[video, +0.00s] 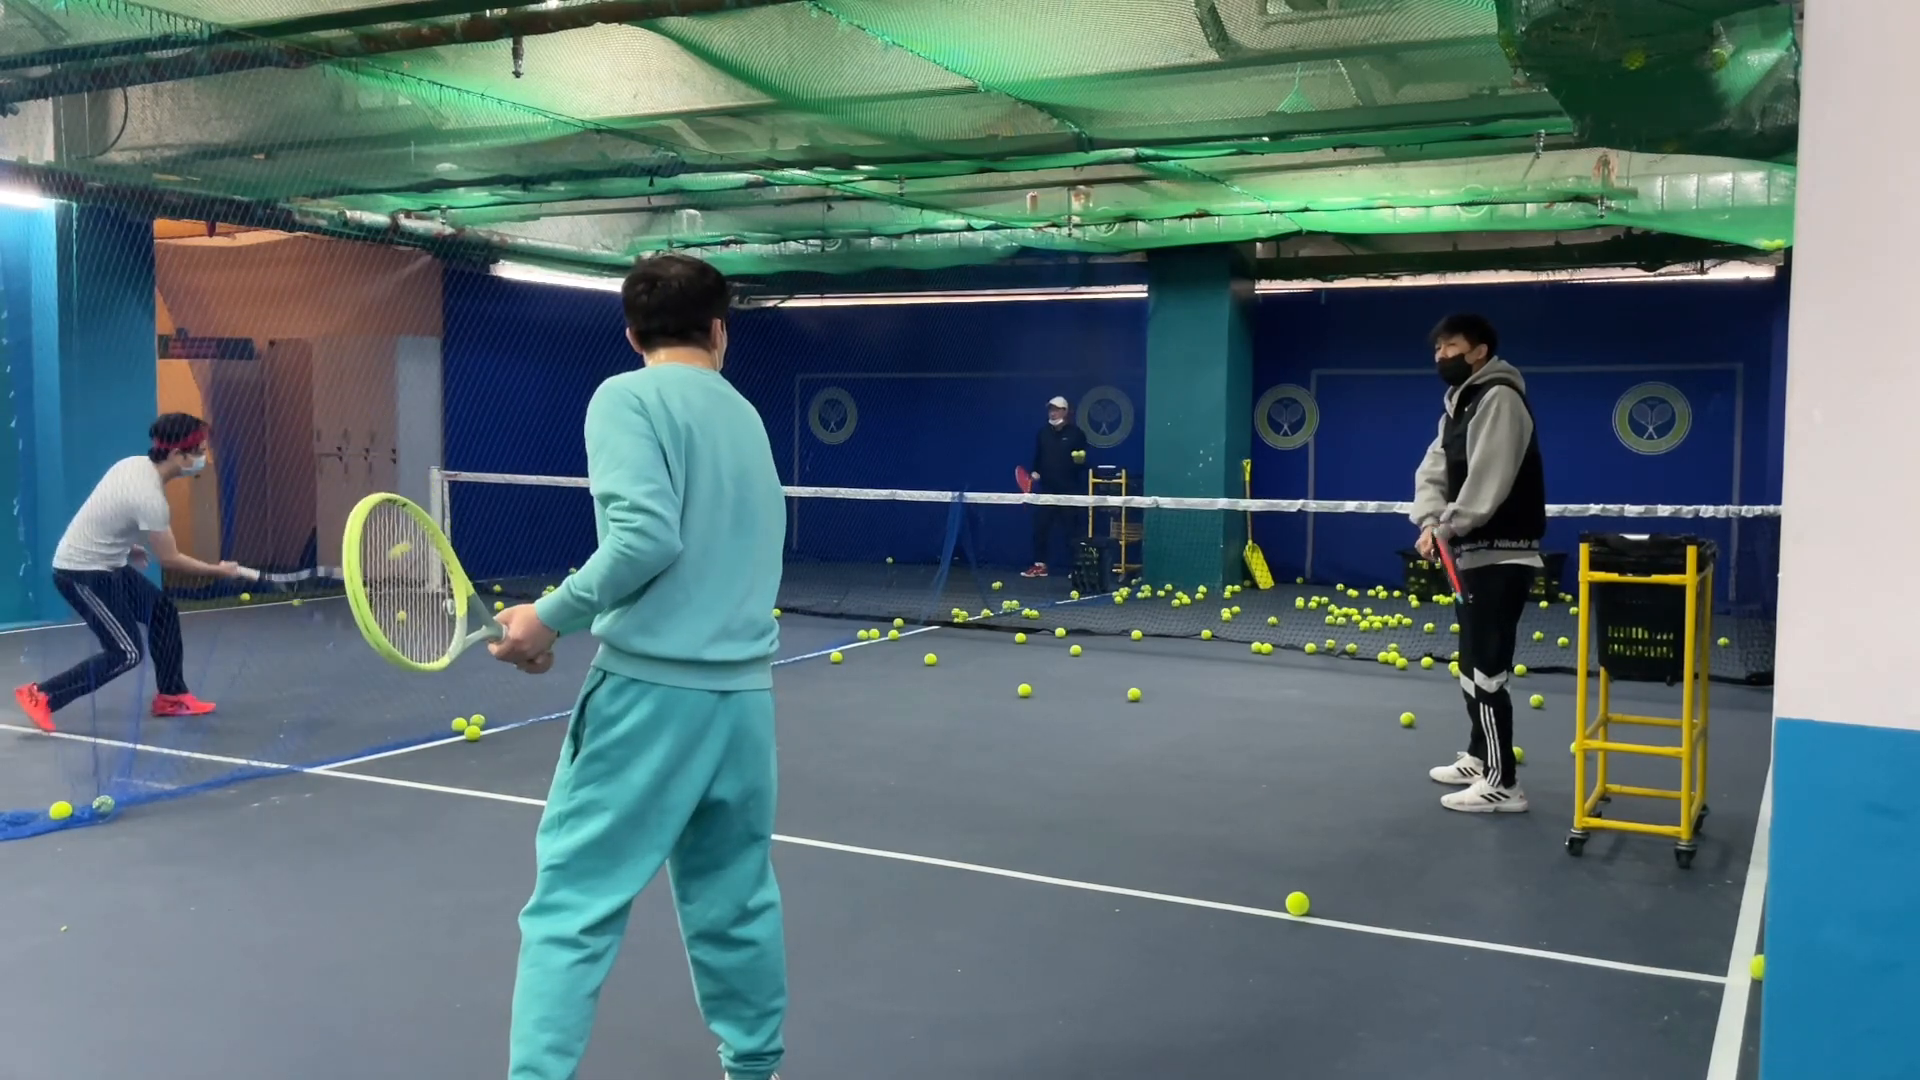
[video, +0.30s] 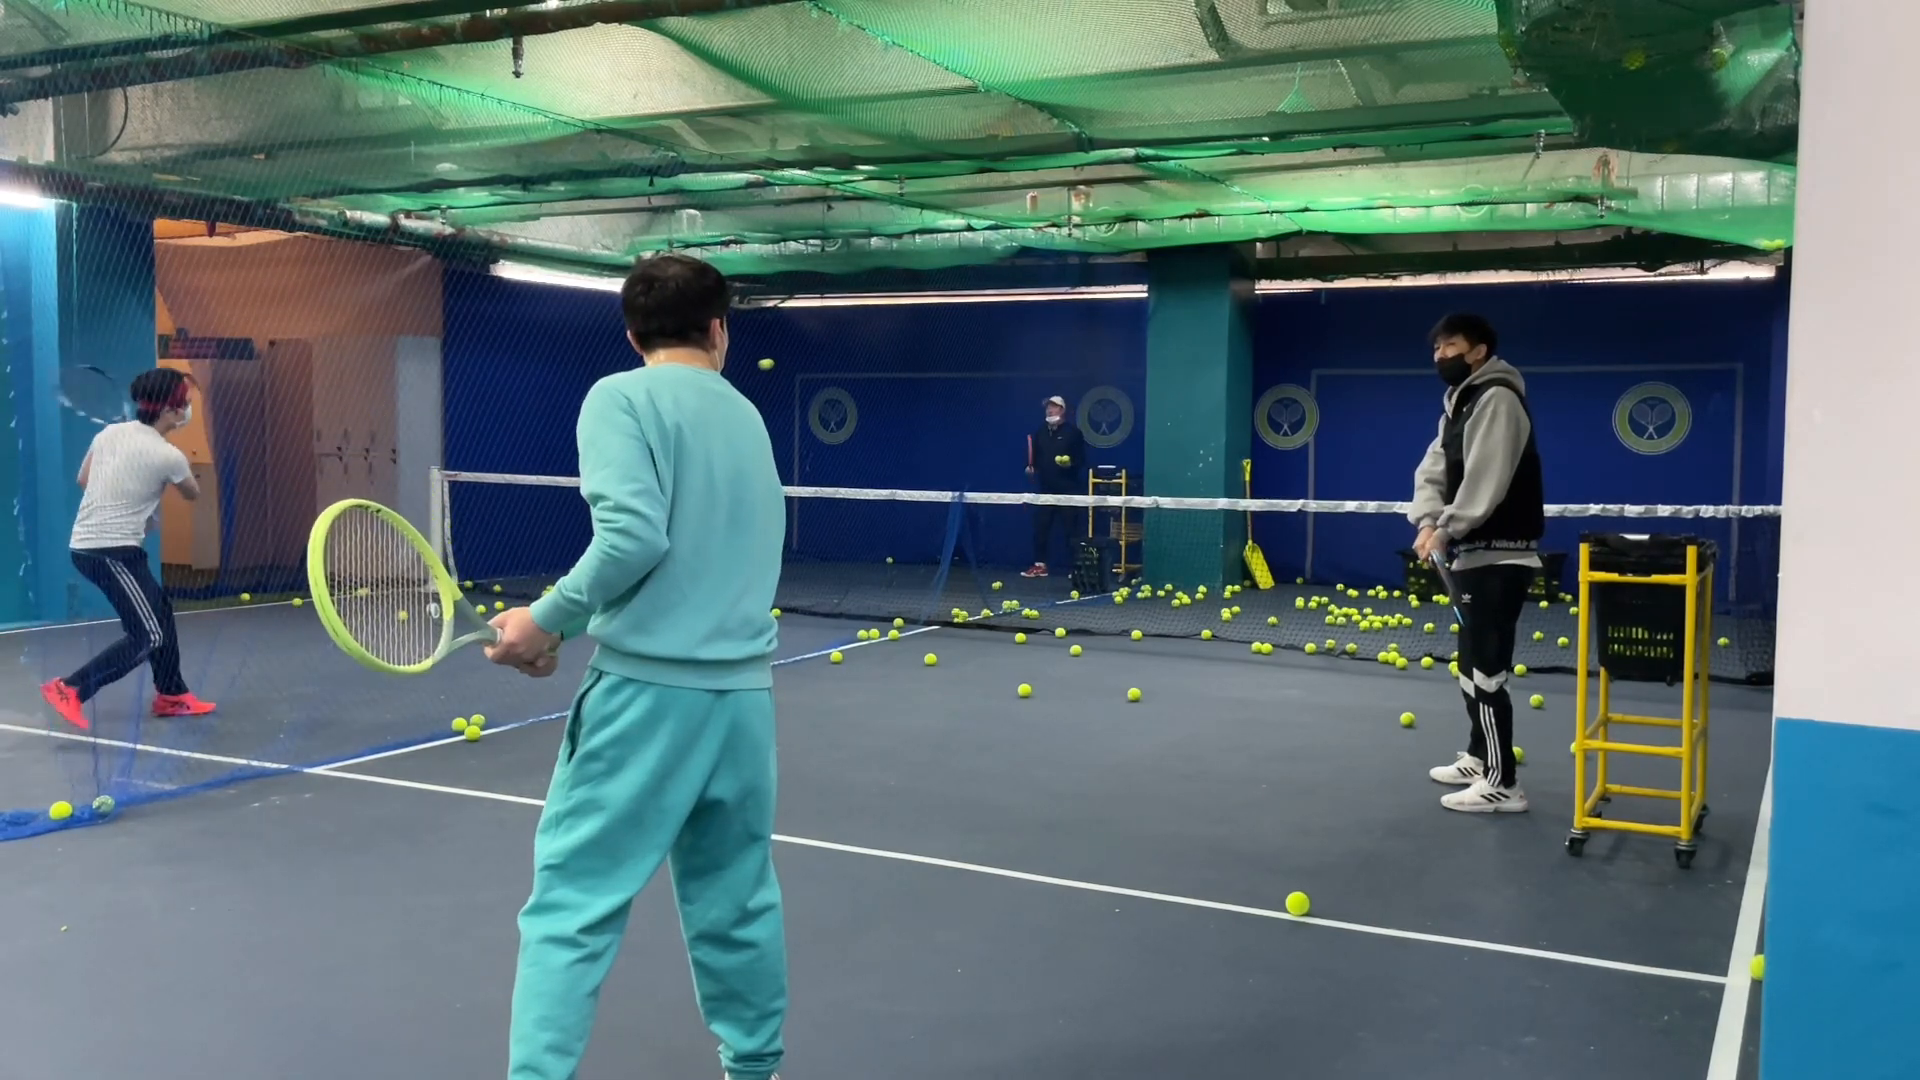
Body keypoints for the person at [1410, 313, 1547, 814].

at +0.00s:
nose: (1442, 356)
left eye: (1452, 346)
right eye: (1438, 350)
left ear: (1482, 349)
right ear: (1440, 359)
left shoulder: (1500, 398)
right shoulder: (1459, 402)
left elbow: (1490, 476)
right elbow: (1433, 469)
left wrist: (1448, 526)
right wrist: (1430, 519)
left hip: (1503, 556)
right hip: (1475, 555)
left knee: (1487, 673)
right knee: (1472, 667)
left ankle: (1501, 786)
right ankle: (1482, 760)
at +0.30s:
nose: (1441, 355)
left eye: (1451, 345)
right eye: (1437, 349)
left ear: (1481, 349)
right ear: (1440, 357)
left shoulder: (1498, 399)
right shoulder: (1458, 402)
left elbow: (1487, 476)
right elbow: (1433, 469)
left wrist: (1447, 528)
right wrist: (1428, 520)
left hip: (1500, 557)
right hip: (1472, 556)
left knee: (1486, 672)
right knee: (1471, 667)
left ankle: (1501, 785)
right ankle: (1482, 761)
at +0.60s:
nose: (1437, 357)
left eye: (1447, 347)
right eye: (1433, 351)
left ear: (1478, 350)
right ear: (1437, 359)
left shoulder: (1492, 399)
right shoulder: (1460, 401)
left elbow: (1479, 476)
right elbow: (1434, 470)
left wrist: (1437, 532)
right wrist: (1423, 524)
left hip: (1496, 559)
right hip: (1472, 558)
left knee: (1482, 673)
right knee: (1468, 668)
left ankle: (1501, 785)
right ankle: (1482, 761)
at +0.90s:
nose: (1432, 359)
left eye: (1440, 349)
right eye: (1429, 352)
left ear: (1469, 352)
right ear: (1445, 358)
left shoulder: (1481, 404)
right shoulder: (1463, 402)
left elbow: (1461, 480)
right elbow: (1435, 465)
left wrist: (1414, 528)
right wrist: (1413, 515)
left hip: (1482, 563)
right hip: (1464, 560)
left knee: (1467, 671)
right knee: (1458, 668)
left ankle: (1499, 785)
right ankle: (1479, 761)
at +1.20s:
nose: (1409, 375)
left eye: (1413, 365)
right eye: (1409, 367)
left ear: (1438, 364)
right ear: (1447, 365)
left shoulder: (1456, 414)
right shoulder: (1473, 409)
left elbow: (1434, 490)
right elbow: (1441, 488)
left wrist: (1387, 523)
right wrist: (1388, 516)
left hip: (1463, 565)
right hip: (1482, 563)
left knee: (1412, 658)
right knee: (1452, 659)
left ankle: (1468, 760)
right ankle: (1479, 759)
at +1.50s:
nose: (1383, 374)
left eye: (1384, 365)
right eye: (1382, 365)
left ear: (1402, 362)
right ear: (1423, 360)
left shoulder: (1420, 410)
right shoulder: (1449, 406)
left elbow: (1398, 487)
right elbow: (1419, 491)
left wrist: (1350, 508)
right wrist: (1362, 518)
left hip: (1430, 568)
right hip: (1462, 567)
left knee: (1394, 668)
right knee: (1447, 661)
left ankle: (1421, 775)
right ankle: (1478, 762)